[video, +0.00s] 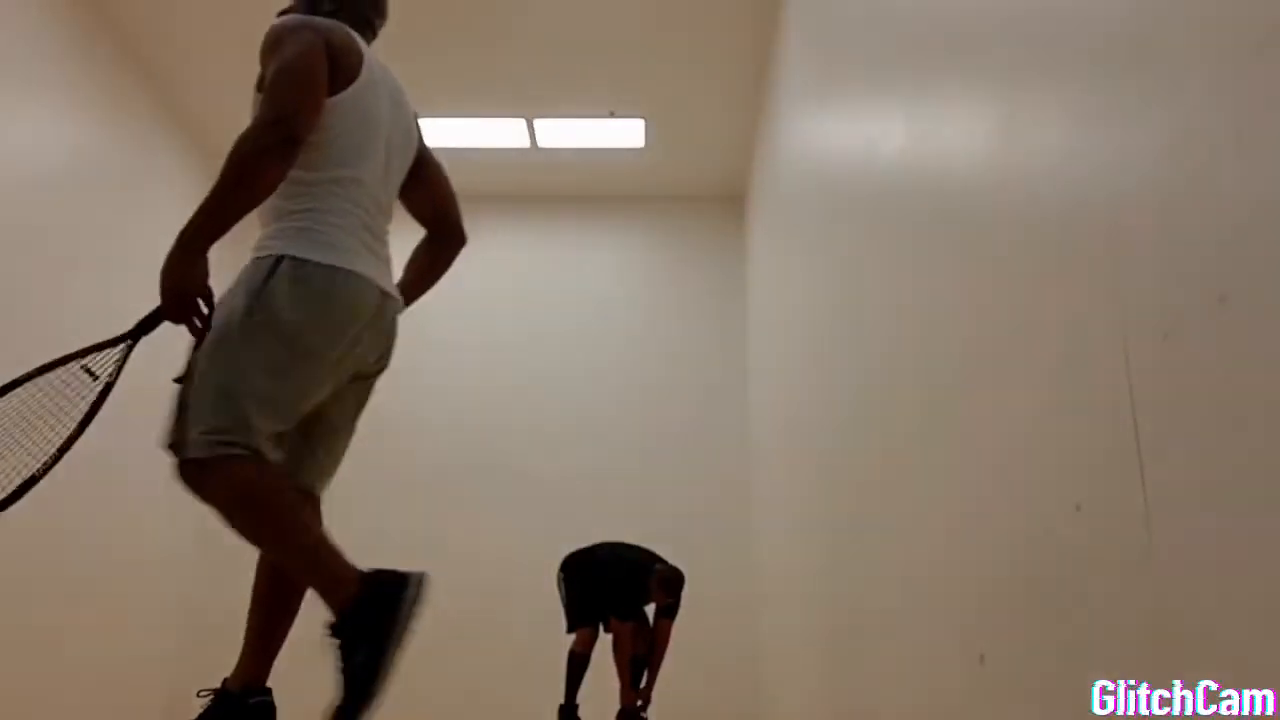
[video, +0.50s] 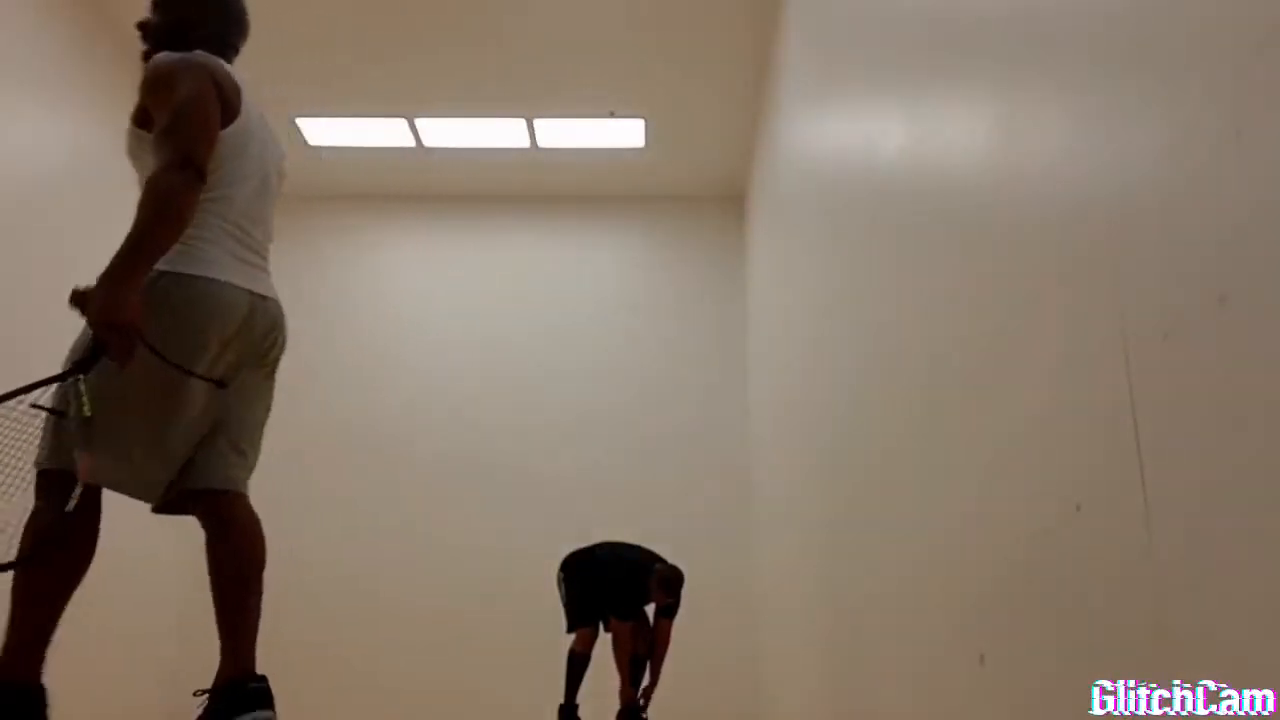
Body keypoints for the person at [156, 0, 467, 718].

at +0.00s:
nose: (281, 24)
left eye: (287, 17)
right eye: (284, 21)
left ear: (311, 7)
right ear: (370, 23)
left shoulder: (304, 32)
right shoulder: (393, 105)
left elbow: (283, 129)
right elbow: (448, 230)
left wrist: (189, 247)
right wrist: (389, 305)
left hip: (302, 276)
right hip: (372, 309)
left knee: (207, 449)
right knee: (295, 499)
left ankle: (356, 598)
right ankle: (247, 689)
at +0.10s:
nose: (261, 26)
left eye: (266, 19)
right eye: (263, 21)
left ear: (285, 15)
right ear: (349, 28)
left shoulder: (285, 43)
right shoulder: (371, 112)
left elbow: (269, 135)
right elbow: (412, 242)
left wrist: (181, 249)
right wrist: (334, 294)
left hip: (278, 277)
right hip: (349, 307)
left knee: (150, 440)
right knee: (279, 482)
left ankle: (269, 615)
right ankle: (248, 694)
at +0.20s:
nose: (238, 27)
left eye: (242, 17)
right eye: (240, 18)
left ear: (262, 15)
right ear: (325, 30)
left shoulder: (263, 51)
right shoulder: (356, 124)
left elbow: (258, 138)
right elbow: (363, 255)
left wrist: (181, 255)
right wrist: (261, 275)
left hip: (255, 284)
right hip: (331, 312)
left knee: (116, 443)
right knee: (274, 494)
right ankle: (245, 689)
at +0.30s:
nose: (212, 34)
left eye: (218, 22)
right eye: (215, 23)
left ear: (243, 21)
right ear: (298, 37)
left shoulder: (239, 60)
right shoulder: (333, 133)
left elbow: (230, 158)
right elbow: (321, 248)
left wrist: (170, 272)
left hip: (234, 287)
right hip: (312, 311)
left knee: (105, 463)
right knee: (262, 494)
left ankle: (23, 670)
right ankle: (244, 690)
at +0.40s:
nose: (182, 30)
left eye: (192, 17)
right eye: (186, 17)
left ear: (219, 22)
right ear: (266, 39)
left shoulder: (211, 66)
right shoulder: (302, 133)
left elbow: (210, 164)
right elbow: (274, 236)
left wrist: (153, 276)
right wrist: (159, 259)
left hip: (209, 291)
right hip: (286, 314)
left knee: (86, 481)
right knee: (246, 493)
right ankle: (242, 687)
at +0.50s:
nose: (142, 23)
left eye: (156, 11)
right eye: (149, 12)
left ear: (183, 21)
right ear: (230, 37)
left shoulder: (179, 68)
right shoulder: (259, 121)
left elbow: (184, 170)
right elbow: (235, 232)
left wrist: (117, 284)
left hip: (178, 293)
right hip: (258, 311)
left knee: (66, 478)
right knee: (222, 492)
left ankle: (19, 674)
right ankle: (240, 679)